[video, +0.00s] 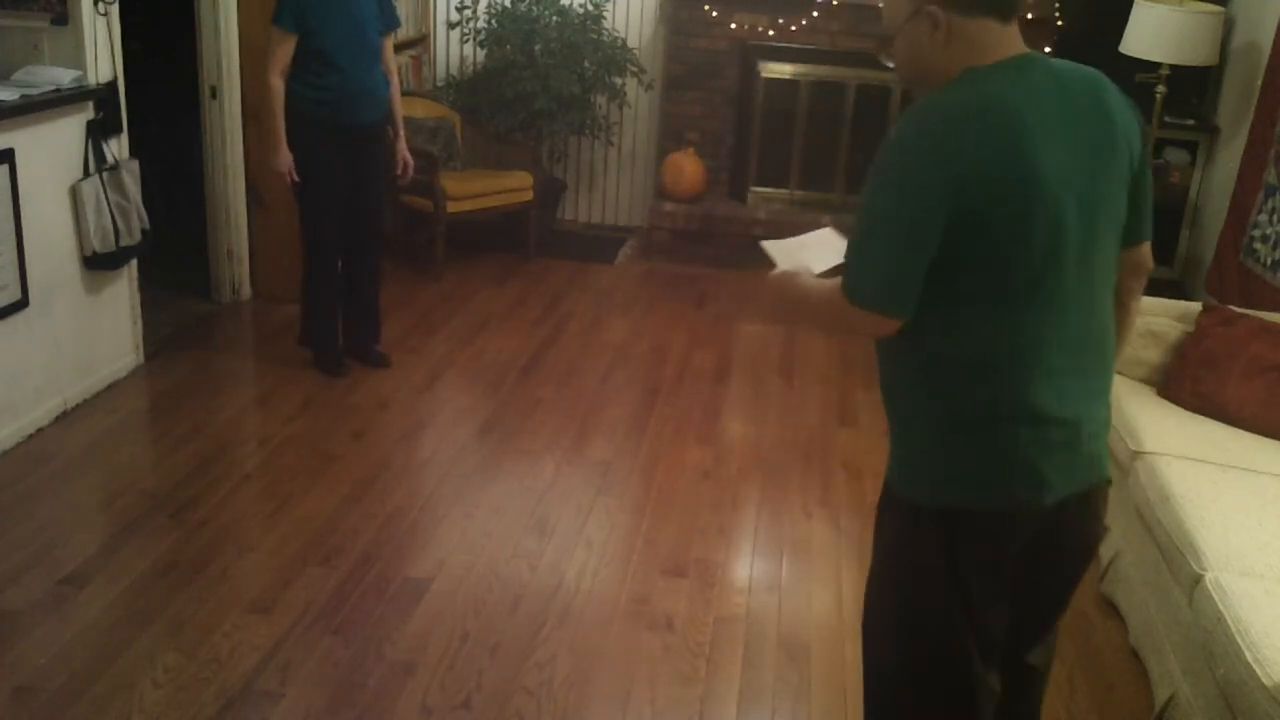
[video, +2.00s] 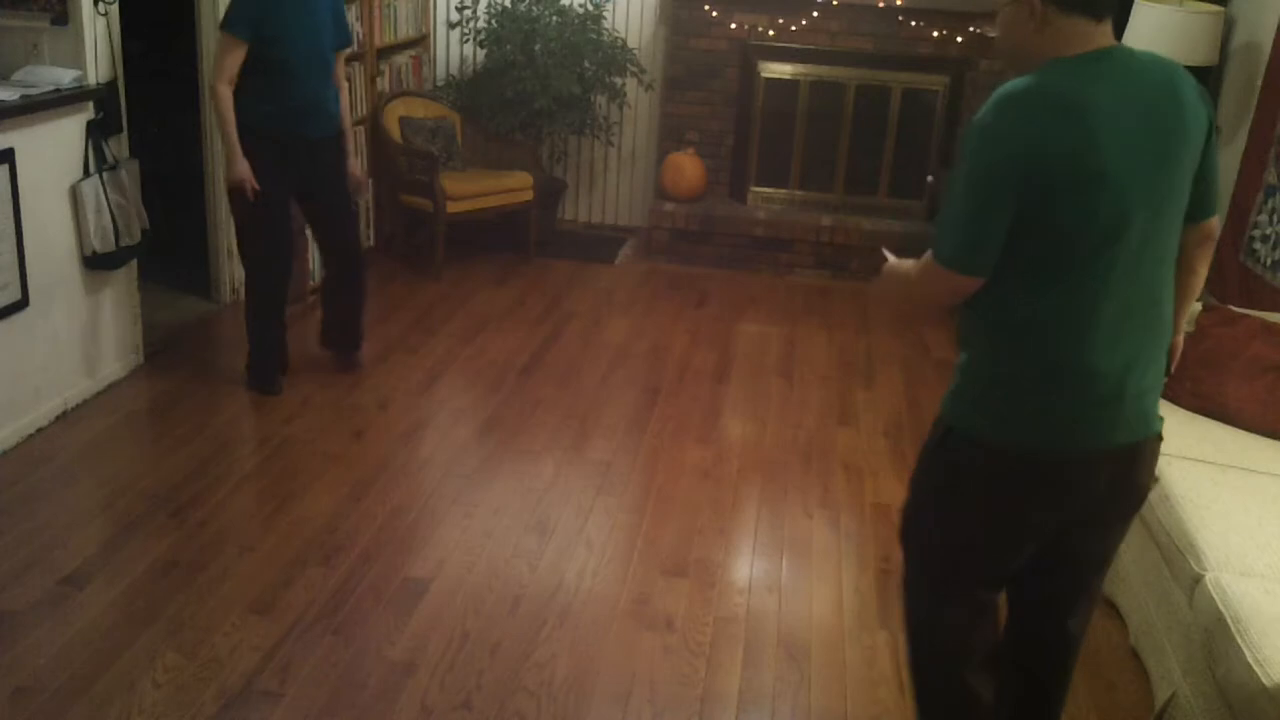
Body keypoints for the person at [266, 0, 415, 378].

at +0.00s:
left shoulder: (379, 6)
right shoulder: (297, 6)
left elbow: (389, 71)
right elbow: (276, 73)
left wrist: (400, 137)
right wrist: (281, 146)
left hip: (370, 133)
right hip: (317, 134)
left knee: (367, 239)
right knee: (322, 241)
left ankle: (363, 339)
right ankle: (323, 345)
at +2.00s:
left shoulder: (331, 8)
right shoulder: (250, 8)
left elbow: (339, 81)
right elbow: (222, 82)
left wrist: (349, 151)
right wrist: (235, 157)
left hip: (321, 147)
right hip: (261, 151)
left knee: (346, 250)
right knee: (268, 262)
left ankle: (343, 341)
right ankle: (265, 370)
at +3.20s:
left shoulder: (379, 6)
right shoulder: (300, 7)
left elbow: (389, 74)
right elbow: (272, 76)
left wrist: (408, 144)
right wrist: (302, 150)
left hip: (365, 139)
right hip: (309, 142)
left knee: (365, 244)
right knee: (316, 245)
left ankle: (356, 347)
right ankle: (304, 343)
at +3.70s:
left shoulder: (422, 7)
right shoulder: (347, 9)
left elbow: (429, 78)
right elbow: (324, 85)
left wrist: (435, 146)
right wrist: (337, 164)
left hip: (411, 144)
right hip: (365, 144)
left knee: (407, 254)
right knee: (369, 253)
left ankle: (398, 361)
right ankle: (325, 337)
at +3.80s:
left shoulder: (436, 8)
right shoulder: (357, 9)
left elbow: (449, 81)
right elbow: (332, 86)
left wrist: (468, 152)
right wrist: (336, 166)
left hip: (420, 145)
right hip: (371, 145)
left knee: (416, 250)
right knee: (397, 251)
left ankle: (399, 359)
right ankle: (372, 356)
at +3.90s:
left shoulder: (451, 10)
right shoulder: (373, 10)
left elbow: (469, 87)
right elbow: (339, 90)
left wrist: (493, 158)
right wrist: (335, 166)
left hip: (431, 148)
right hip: (379, 149)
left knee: (419, 260)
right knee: (413, 262)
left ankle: (395, 360)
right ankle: (421, 385)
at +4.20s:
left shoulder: (501, 19)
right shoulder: (421, 18)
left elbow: (517, 92)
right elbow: (383, 101)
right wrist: (372, 175)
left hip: (478, 163)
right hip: (422, 163)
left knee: (452, 267)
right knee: (456, 275)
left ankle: (406, 349)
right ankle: (482, 404)